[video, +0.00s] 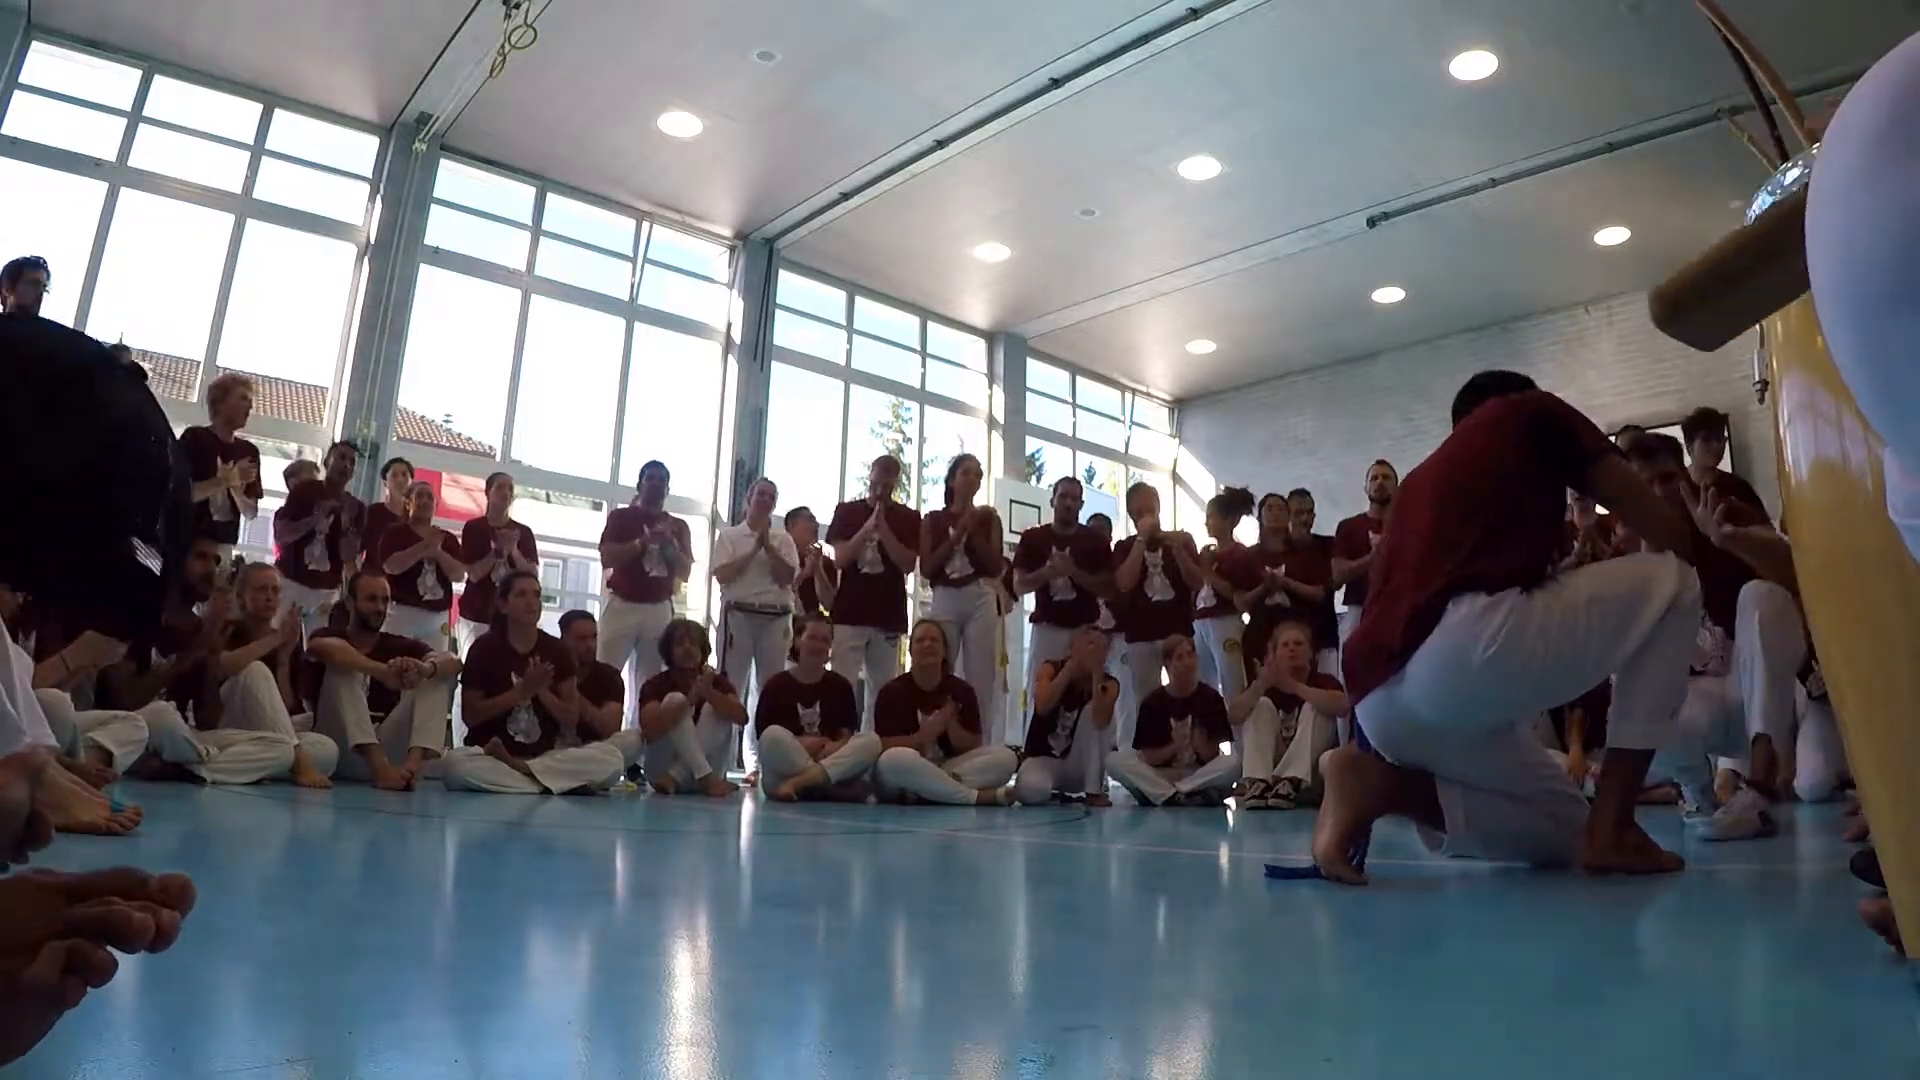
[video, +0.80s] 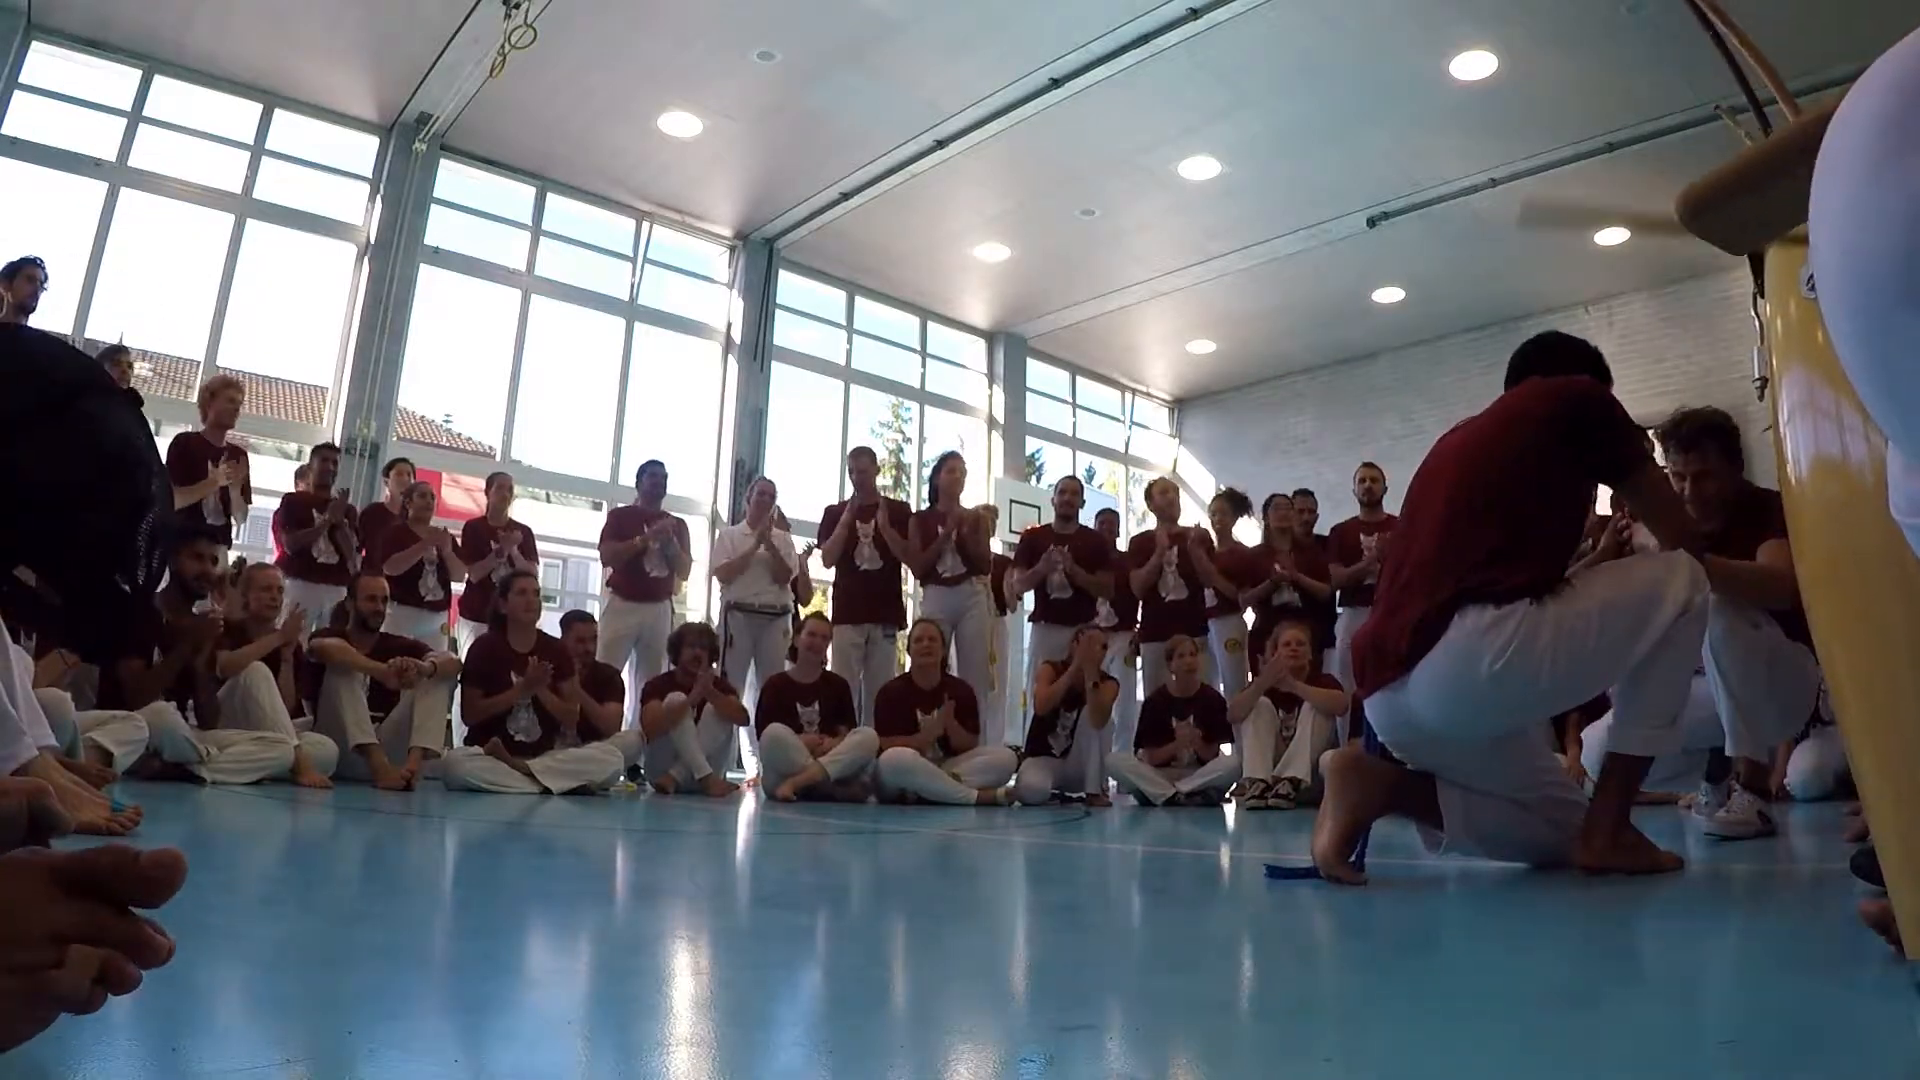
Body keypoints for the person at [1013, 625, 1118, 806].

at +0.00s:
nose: (1094, 650)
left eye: (1100, 645)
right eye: (1088, 643)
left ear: (1106, 653)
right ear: (1073, 648)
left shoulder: (1108, 683)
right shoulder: (1050, 668)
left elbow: (1100, 719)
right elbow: (1042, 706)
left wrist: (1097, 674)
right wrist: (1070, 668)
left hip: (1079, 763)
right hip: (1042, 761)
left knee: (1093, 711)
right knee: (1031, 793)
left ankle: (1094, 791)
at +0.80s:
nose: (1093, 651)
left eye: (1101, 647)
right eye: (1088, 644)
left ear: (1105, 652)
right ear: (1074, 645)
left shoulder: (1108, 683)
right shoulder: (1049, 669)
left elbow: (1098, 719)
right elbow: (1041, 706)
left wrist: (1091, 671)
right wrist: (1075, 667)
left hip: (1080, 763)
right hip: (1042, 760)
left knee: (1093, 712)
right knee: (1032, 792)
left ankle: (1094, 790)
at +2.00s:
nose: (1099, 650)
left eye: (1103, 645)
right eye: (1093, 643)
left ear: (1106, 650)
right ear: (1074, 644)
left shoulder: (1108, 683)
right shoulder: (1049, 671)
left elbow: (1100, 719)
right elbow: (1040, 710)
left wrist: (1091, 677)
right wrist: (1070, 673)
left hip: (1080, 763)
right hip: (1042, 761)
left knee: (1095, 712)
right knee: (1033, 793)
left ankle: (1093, 791)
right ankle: (1012, 793)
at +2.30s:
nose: (1098, 648)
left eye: (1103, 645)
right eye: (1092, 642)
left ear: (1105, 651)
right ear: (1074, 644)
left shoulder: (1108, 683)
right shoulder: (1050, 671)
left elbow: (1102, 720)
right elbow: (1040, 711)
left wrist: (1091, 678)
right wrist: (1072, 673)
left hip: (1080, 762)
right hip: (1042, 760)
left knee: (1095, 709)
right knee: (1034, 793)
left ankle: (1093, 791)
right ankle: (1010, 794)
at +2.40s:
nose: (1098, 649)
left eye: (1103, 645)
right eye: (1092, 642)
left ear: (1105, 651)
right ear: (1074, 644)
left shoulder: (1109, 683)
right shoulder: (1050, 671)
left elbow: (1105, 726)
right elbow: (1040, 711)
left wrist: (1094, 684)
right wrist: (1069, 672)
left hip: (1083, 759)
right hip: (1043, 757)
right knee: (1041, 787)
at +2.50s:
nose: (1097, 649)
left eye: (1103, 645)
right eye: (1092, 642)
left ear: (1107, 650)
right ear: (1074, 644)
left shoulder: (1105, 679)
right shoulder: (1051, 670)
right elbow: (1046, 705)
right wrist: (1073, 671)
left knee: (1097, 727)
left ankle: (1093, 789)